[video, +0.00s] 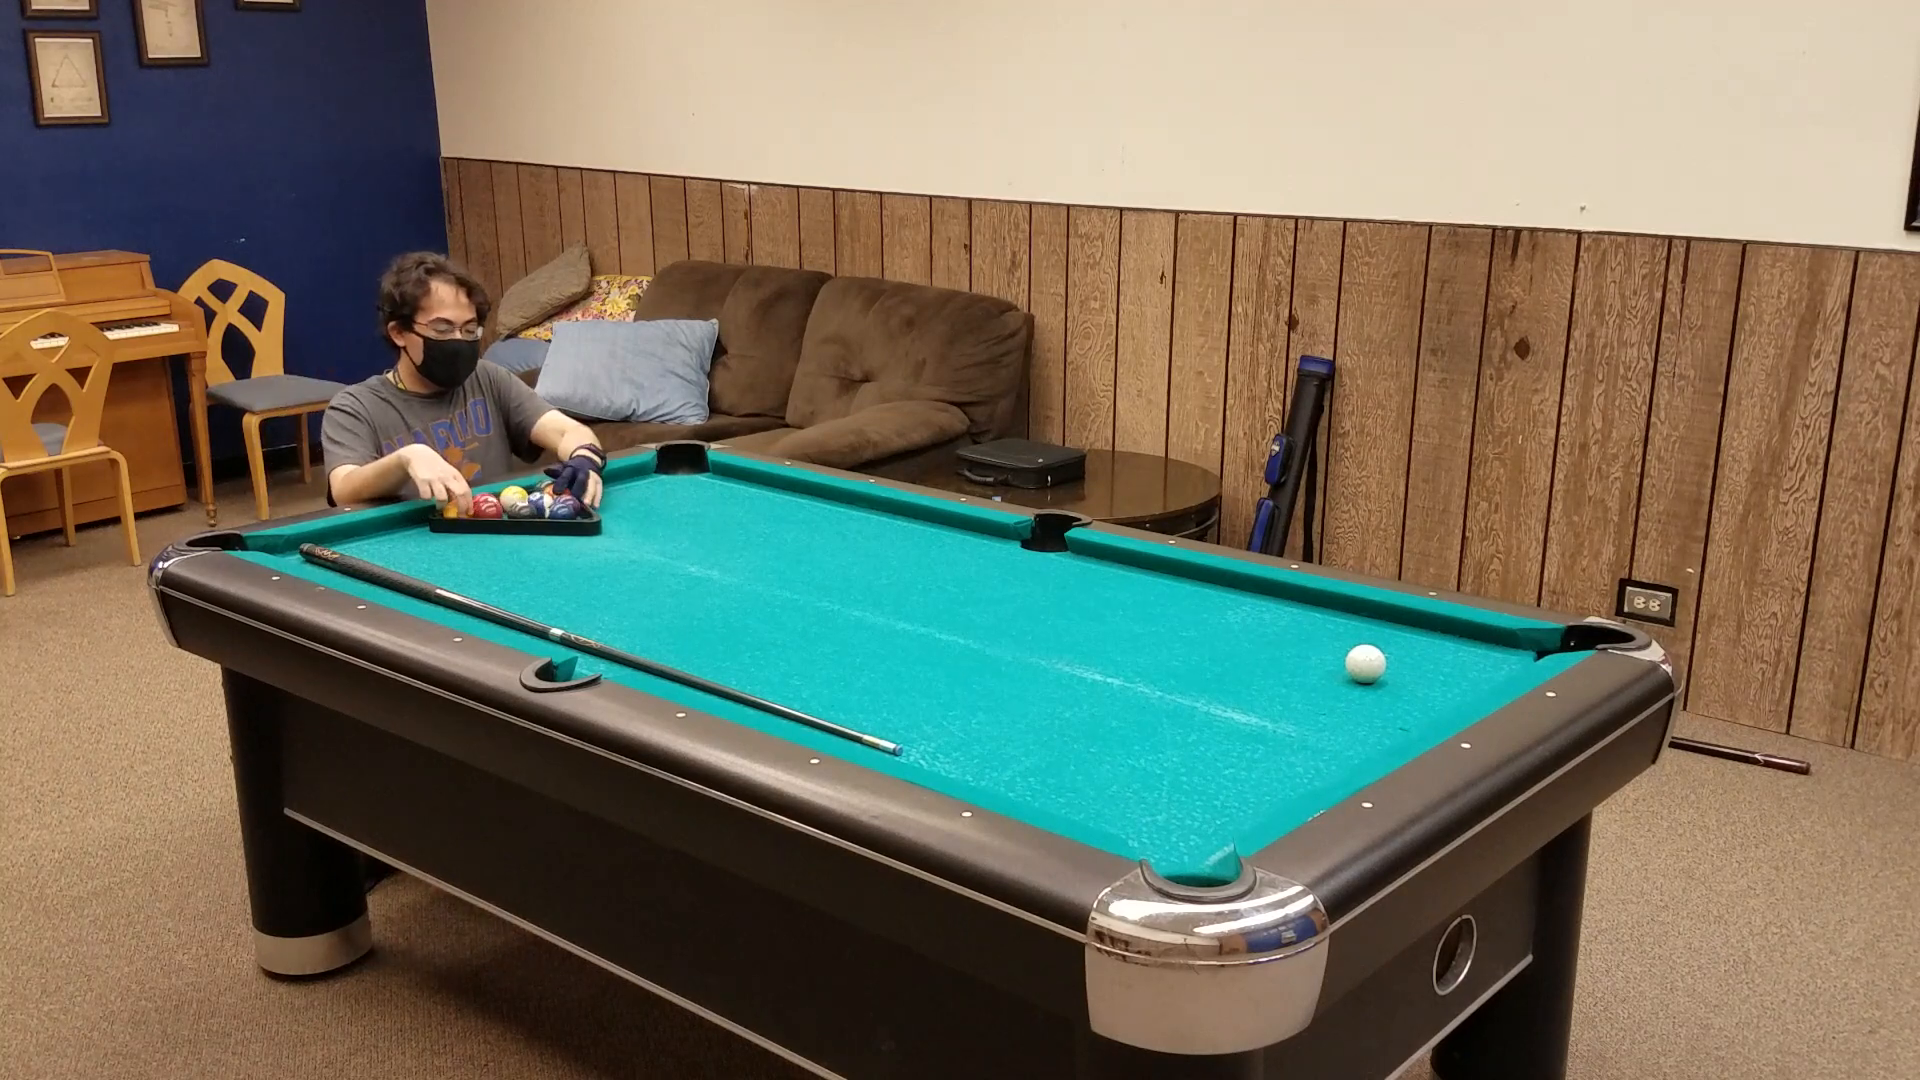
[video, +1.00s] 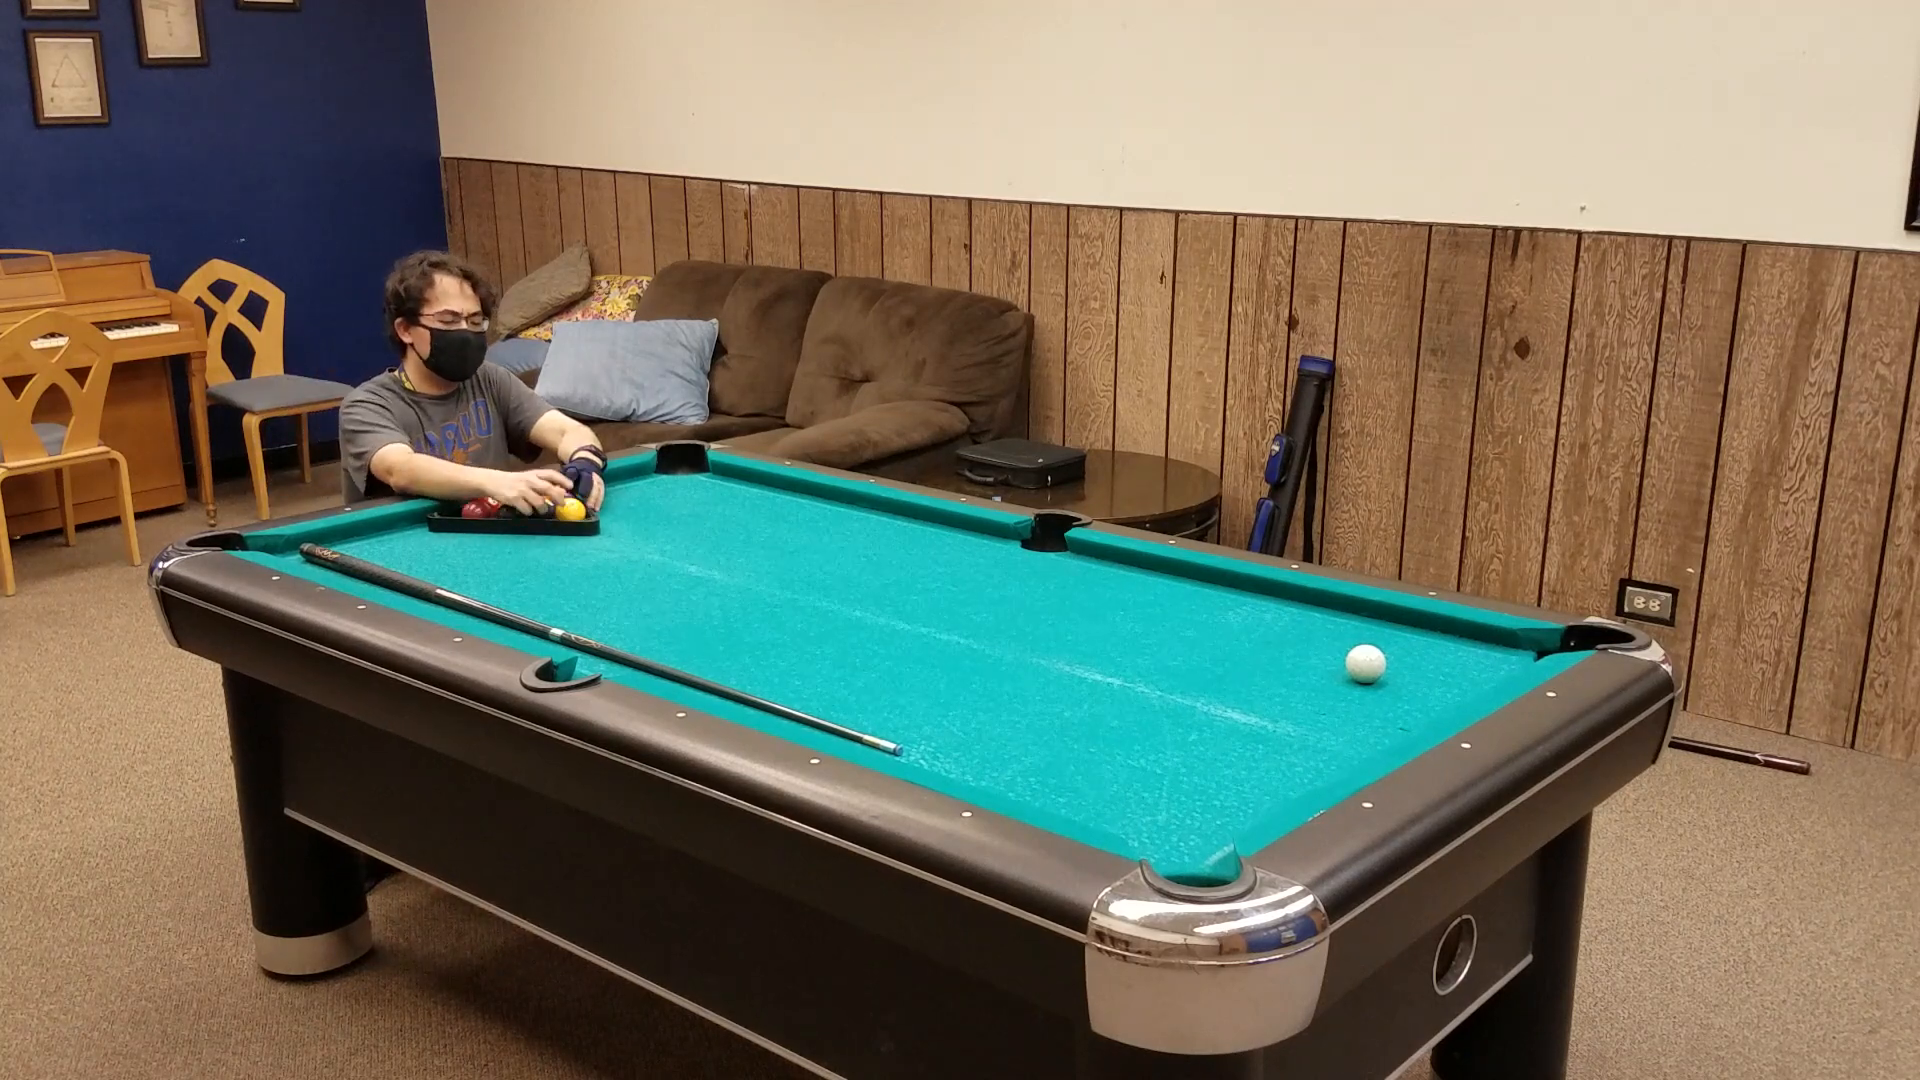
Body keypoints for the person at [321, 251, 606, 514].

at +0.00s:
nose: (460, 342)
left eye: (470, 327)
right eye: (443, 328)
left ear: (479, 326)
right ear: (399, 333)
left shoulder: (489, 380)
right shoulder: (356, 407)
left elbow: (564, 431)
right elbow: (345, 491)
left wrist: (585, 455)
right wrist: (407, 458)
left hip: (510, 551)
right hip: (415, 568)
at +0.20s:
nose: (470, 338)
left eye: (479, 326)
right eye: (454, 324)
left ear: (488, 327)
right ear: (408, 330)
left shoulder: (493, 381)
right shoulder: (363, 404)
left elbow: (566, 431)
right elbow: (347, 491)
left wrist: (585, 457)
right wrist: (397, 458)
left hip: (511, 549)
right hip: (419, 566)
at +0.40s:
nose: (474, 336)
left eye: (482, 323)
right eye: (456, 322)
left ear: (491, 326)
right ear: (411, 328)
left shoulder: (492, 379)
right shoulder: (370, 401)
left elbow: (568, 430)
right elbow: (382, 470)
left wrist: (584, 457)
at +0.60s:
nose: (475, 332)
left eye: (483, 320)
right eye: (457, 320)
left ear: (492, 323)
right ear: (413, 329)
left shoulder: (492, 380)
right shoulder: (375, 402)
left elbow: (567, 431)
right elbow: (414, 465)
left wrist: (585, 465)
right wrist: (511, 478)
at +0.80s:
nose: (472, 334)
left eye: (480, 321)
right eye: (454, 321)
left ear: (490, 323)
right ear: (410, 330)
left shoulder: (492, 380)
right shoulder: (372, 403)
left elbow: (565, 430)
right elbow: (404, 468)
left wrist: (585, 460)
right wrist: (493, 479)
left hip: (497, 553)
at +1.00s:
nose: (468, 331)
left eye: (475, 319)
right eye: (450, 319)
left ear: (485, 320)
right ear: (406, 329)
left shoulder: (490, 380)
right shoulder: (370, 404)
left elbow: (566, 430)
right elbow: (400, 471)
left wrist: (584, 459)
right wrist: (495, 480)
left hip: (499, 554)